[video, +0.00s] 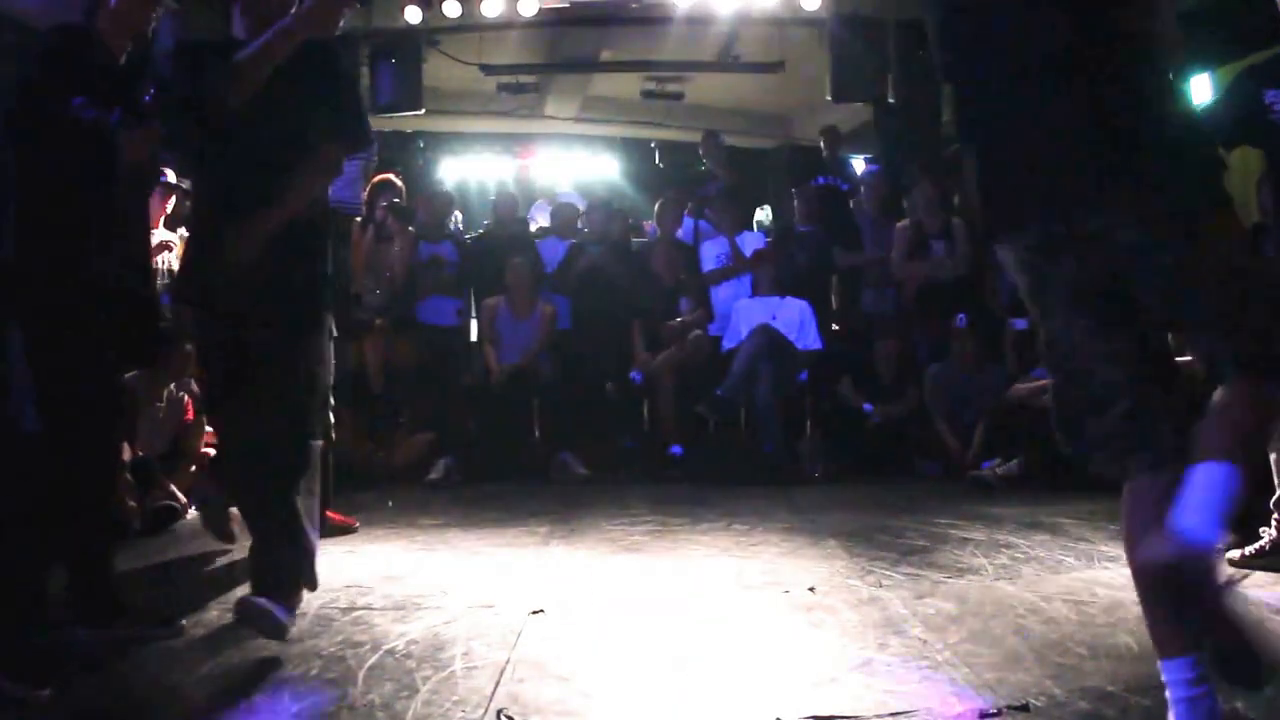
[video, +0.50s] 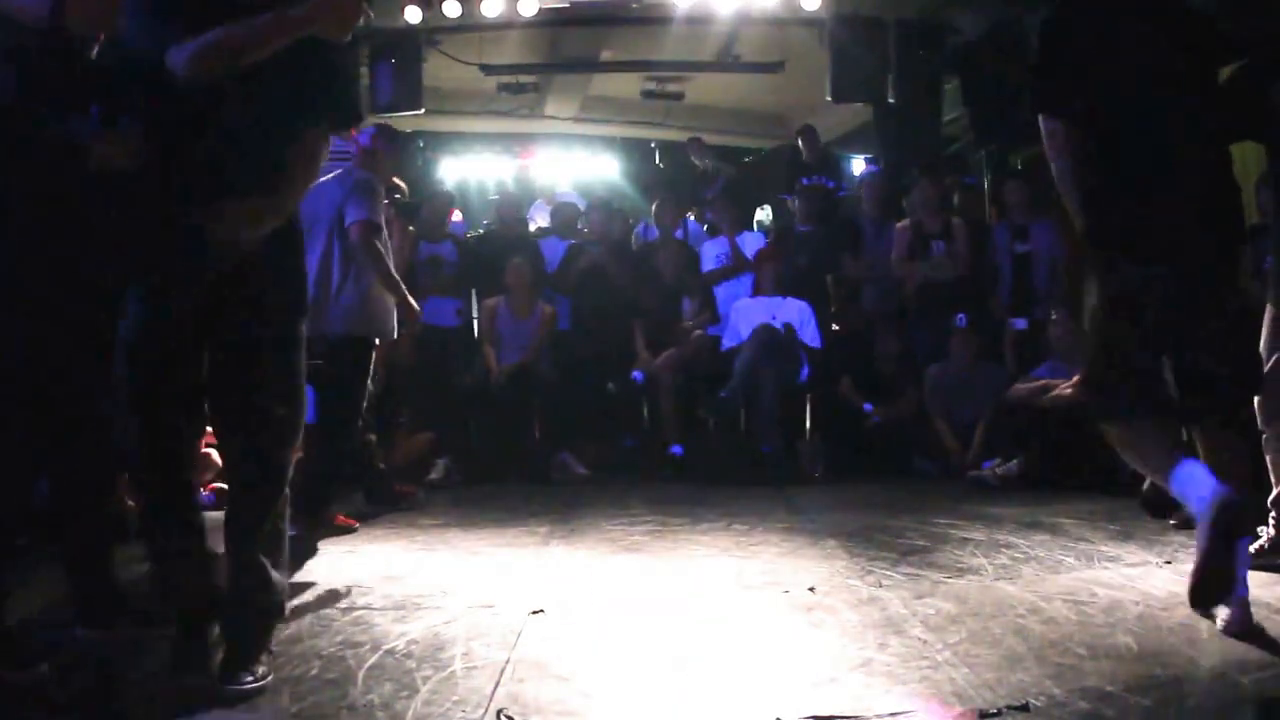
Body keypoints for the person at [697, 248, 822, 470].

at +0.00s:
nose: (765, 271)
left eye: (769, 266)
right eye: (760, 266)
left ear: (778, 269)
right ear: (753, 271)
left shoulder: (799, 307)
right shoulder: (741, 306)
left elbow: (812, 353)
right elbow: (730, 351)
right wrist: (755, 342)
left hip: (791, 370)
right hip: (754, 367)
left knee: (763, 333)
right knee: (765, 367)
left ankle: (725, 396)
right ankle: (771, 451)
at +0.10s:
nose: (766, 271)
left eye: (769, 265)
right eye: (761, 266)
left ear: (778, 269)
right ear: (753, 270)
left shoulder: (800, 307)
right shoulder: (740, 307)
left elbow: (813, 353)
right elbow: (731, 351)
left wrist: (785, 350)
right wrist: (756, 345)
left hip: (792, 371)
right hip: (754, 369)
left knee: (763, 333)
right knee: (764, 367)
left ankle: (724, 395)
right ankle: (769, 451)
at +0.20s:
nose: (769, 271)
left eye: (773, 265)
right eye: (764, 265)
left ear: (780, 270)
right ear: (755, 270)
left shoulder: (800, 307)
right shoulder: (740, 307)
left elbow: (810, 353)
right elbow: (731, 351)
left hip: (790, 369)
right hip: (754, 368)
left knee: (763, 332)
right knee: (764, 367)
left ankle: (726, 395)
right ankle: (770, 449)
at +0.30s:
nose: (771, 271)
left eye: (775, 265)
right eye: (766, 266)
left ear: (782, 270)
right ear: (756, 271)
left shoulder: (800, 307)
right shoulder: (740, 307)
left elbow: (812, 353)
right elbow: (730, 350)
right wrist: (758, 345)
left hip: (792, 369)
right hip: (754, 367)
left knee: (764, 332)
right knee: (766, 367)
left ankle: (728, 395)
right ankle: (769, 446)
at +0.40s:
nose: (771, 271)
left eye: (775, 265)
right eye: (765, 266)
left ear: (782, 270)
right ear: (756, 271)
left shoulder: (801, 307)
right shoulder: (740, 307)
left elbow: (813, 352)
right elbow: (729, 350)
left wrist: (785, 343)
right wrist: (759, 344)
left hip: (791, 367)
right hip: (754, 364)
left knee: (764, 332)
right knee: (765, 365)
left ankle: (731, 393)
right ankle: (768, 445)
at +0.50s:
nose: (771, 271)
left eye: (775, 265)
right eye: (766, 265)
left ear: (782, 270)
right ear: (758, 271)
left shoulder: (800, 307)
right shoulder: (741, 307)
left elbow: (814, 355)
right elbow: (728, 352)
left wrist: (793, 340)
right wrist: (756, 342)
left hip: (790, 367)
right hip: (753, 366)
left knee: (764, 333)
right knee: (766, 369)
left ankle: (732, 393)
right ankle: (769, 445)